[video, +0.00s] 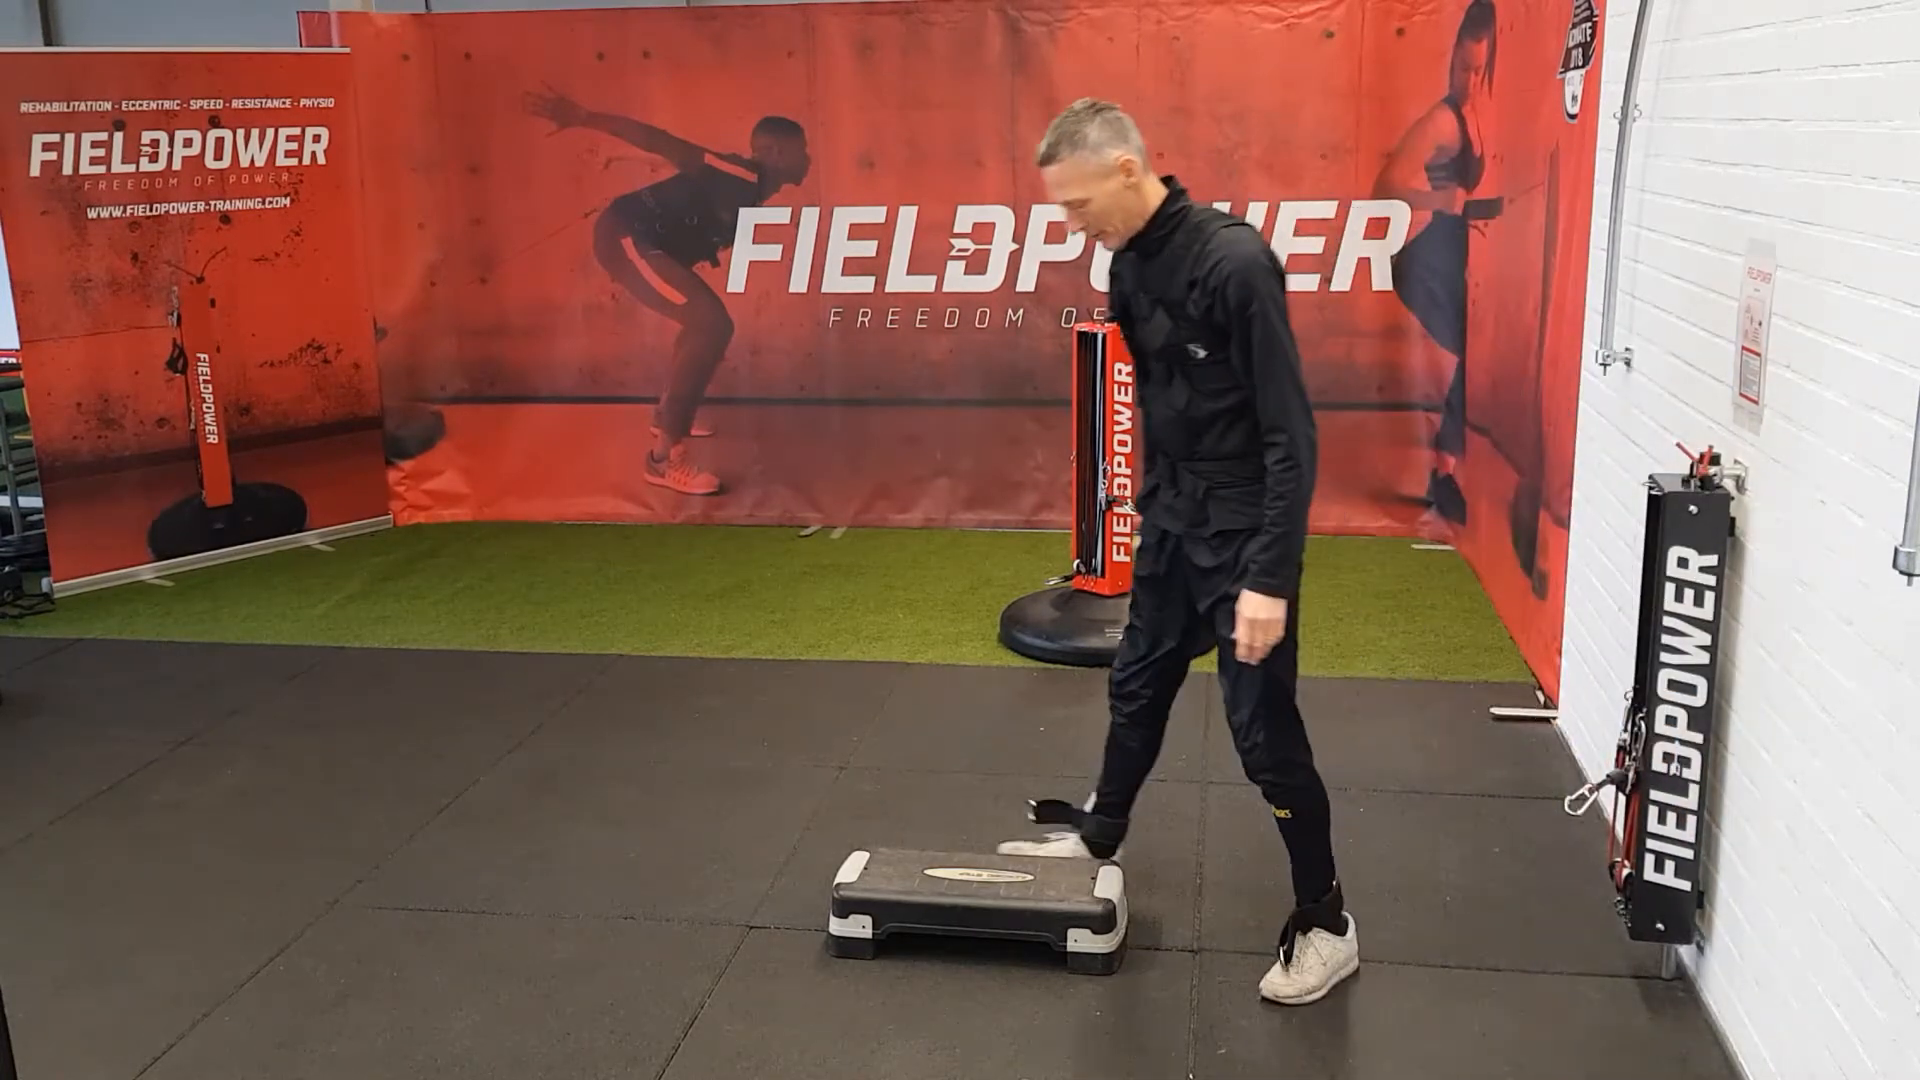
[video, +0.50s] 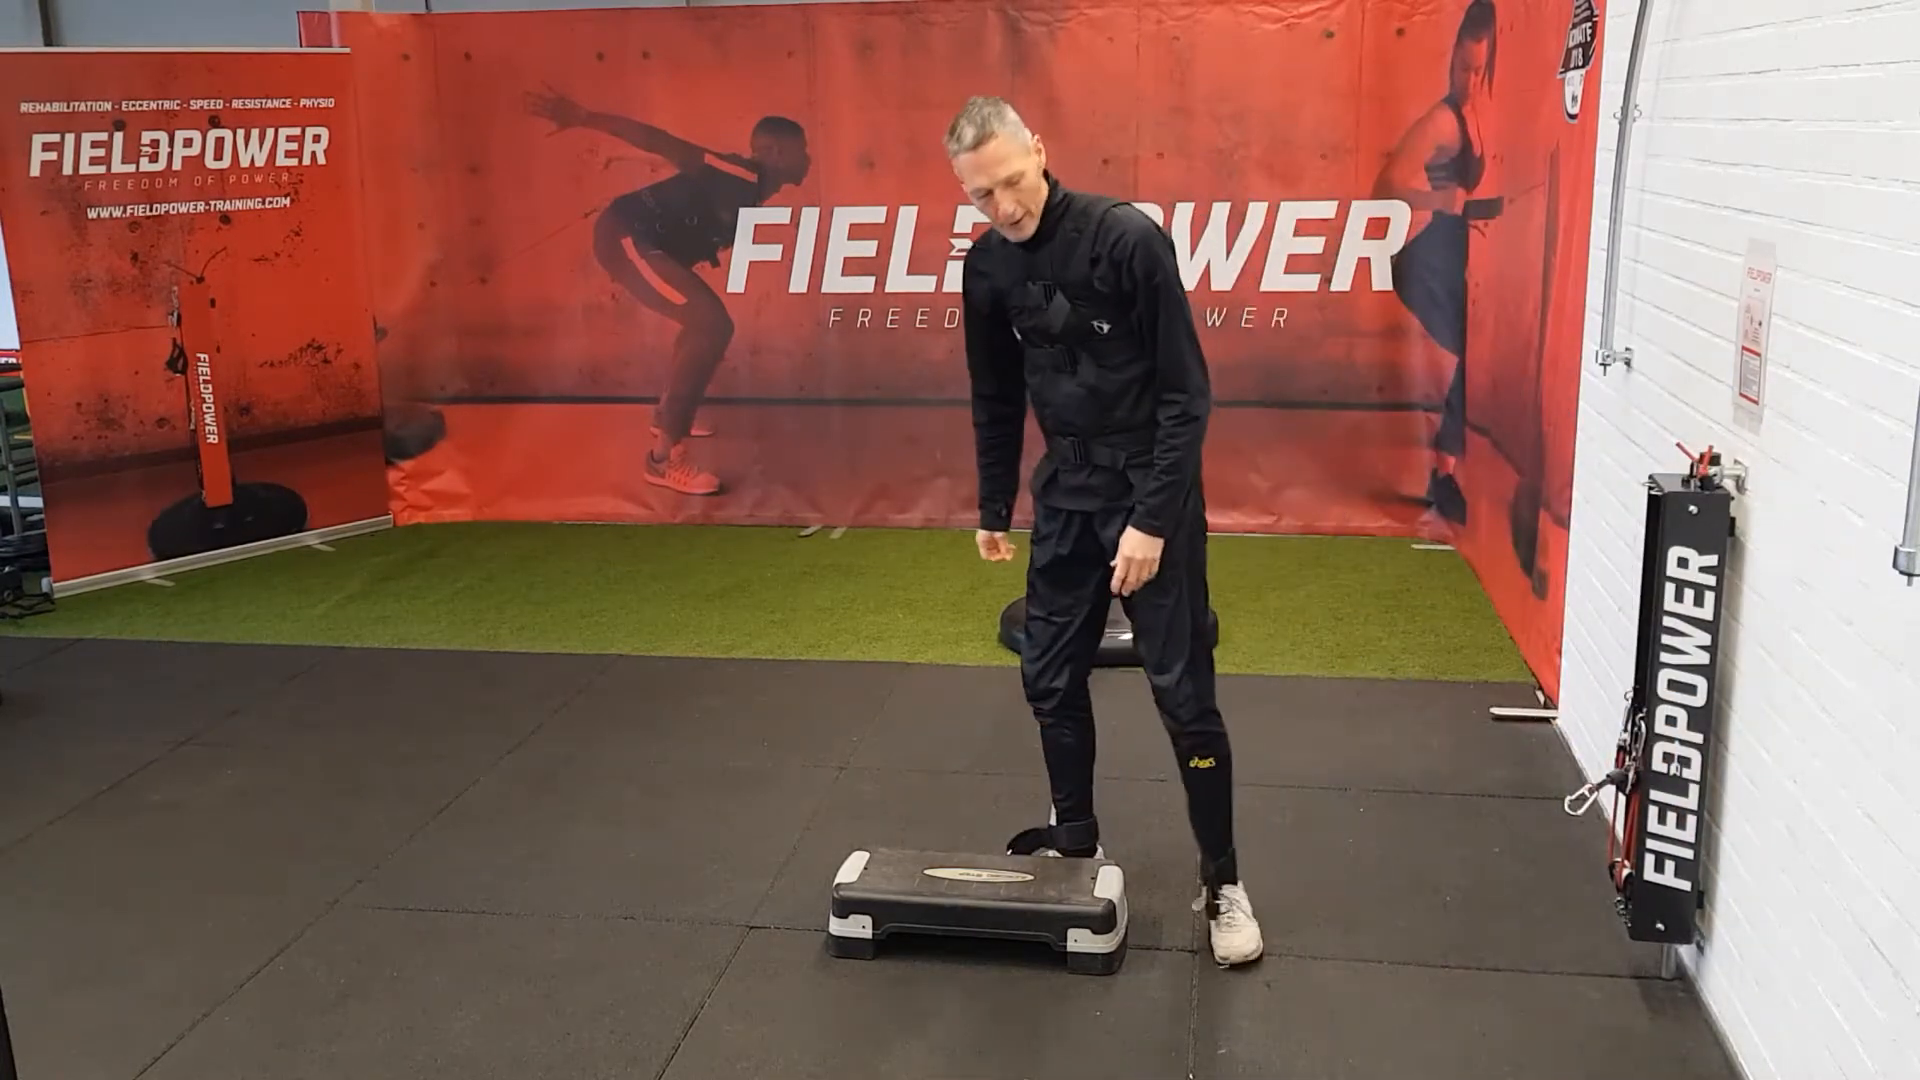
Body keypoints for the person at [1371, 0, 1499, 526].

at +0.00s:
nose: (1469, 75)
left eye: (1477, 65)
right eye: (1463, 63)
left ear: (1488, 65)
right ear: (1449, 61)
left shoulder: (1472, 119)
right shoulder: (1443, 120)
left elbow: (1445, 192)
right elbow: (1391, 180)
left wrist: (1486, 204)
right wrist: (1445, 198)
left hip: (1447, 254)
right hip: (1426, 256)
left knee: (1450, 365)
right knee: (1438, 367)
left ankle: (1446, 472)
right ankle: (1432, 483)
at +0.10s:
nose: (1469, 75)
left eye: (1477, 65)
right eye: (1463, 63)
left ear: (1488, 65)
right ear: (1449, 61)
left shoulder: (1471, 119)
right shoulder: (1443, 119)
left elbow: (1444, 193)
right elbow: (1391, 180)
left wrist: (1486, 204)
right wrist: (1444, 198)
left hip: (1447, 254)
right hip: (1426, 256)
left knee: (1449, 365)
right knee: (1437, 367)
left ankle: (1446, 473)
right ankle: (1432, 483)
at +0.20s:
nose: (1469, 75)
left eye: (1477, 65)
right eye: (1463, 63)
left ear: (1488, 66)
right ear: (1450, 61)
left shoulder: (1471, 120)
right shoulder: (1443, 119)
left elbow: (1444, 193)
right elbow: (1391, 180)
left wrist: (1486, 204)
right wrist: (1444, 198)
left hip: (1447, 254)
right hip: (1426, 256)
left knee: (1449, 365)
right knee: (1439, 366)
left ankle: (1445, 472)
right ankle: (1435, 478)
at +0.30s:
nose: (1469, 75)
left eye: (1477, 66)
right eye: (1462, 63)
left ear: (1488, 67)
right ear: (1449, 62)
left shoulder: (1471, 120)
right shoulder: (1443, 119)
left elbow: (1443, 193)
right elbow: (1392, 179)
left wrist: (1485, 205)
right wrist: (1443, 198)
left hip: (1447, 254)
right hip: (1426, 256)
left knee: (1449, 364)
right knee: (1439, 366)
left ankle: (1445, 473)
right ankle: (1435, 478)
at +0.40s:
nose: (1469, 76)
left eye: (1477, 66)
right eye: (1462, 63)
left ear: (1488, 67)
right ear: (1449, 62)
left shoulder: (1471, 120)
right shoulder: (1443, 119)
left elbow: (1444, 193)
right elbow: (1392, 179)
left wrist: (1485, 205)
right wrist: (1444, 198)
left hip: (1446, 253)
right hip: (1426, 255)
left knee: (1450, 364)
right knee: (1439, 365)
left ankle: (1445, 472)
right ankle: (1435, 477)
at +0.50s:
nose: (1471, 75)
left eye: (1479, 66)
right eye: (1465, 63)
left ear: (1488, 68)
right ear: (1451, 62)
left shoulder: (1468, 121)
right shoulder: (1443, 120)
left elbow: (1440, 192)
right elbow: (1392, 180)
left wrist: (1477, 207)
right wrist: (1445, 199)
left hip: (1446, 253)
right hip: (1426, 255)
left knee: (1449, 363)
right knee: (1439, 364)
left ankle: (1444, 472)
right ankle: (1433, 476)